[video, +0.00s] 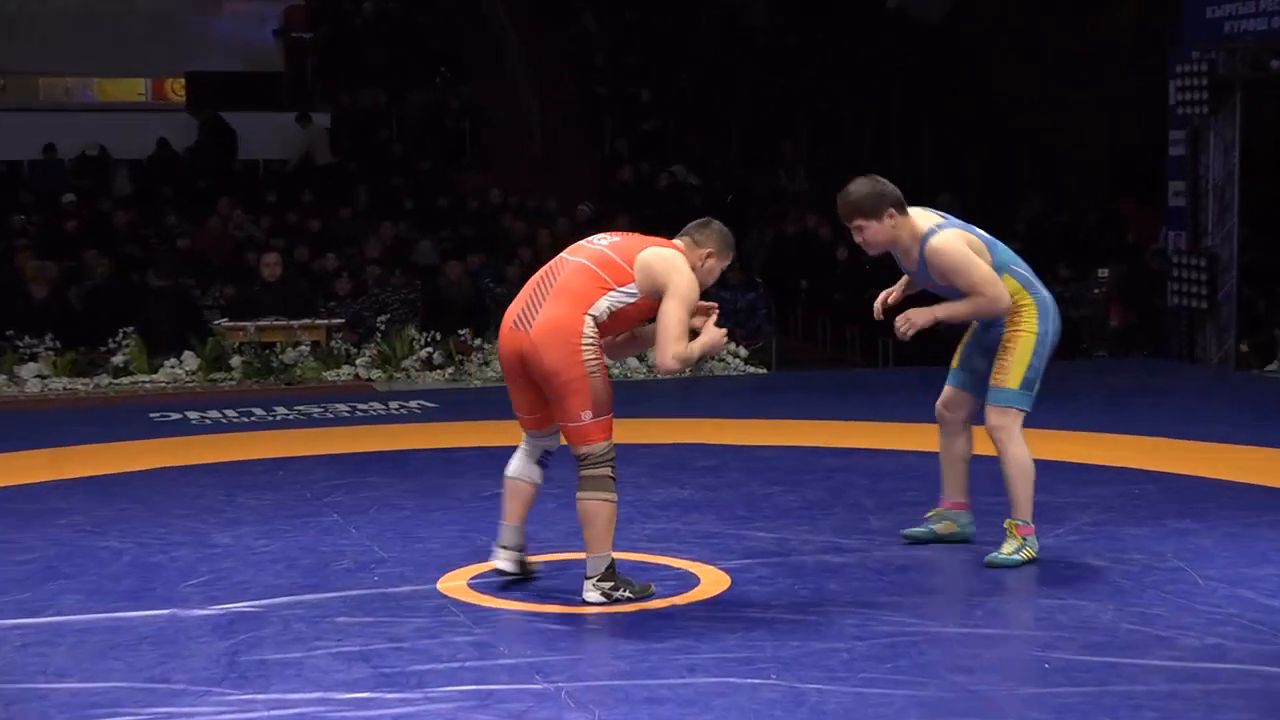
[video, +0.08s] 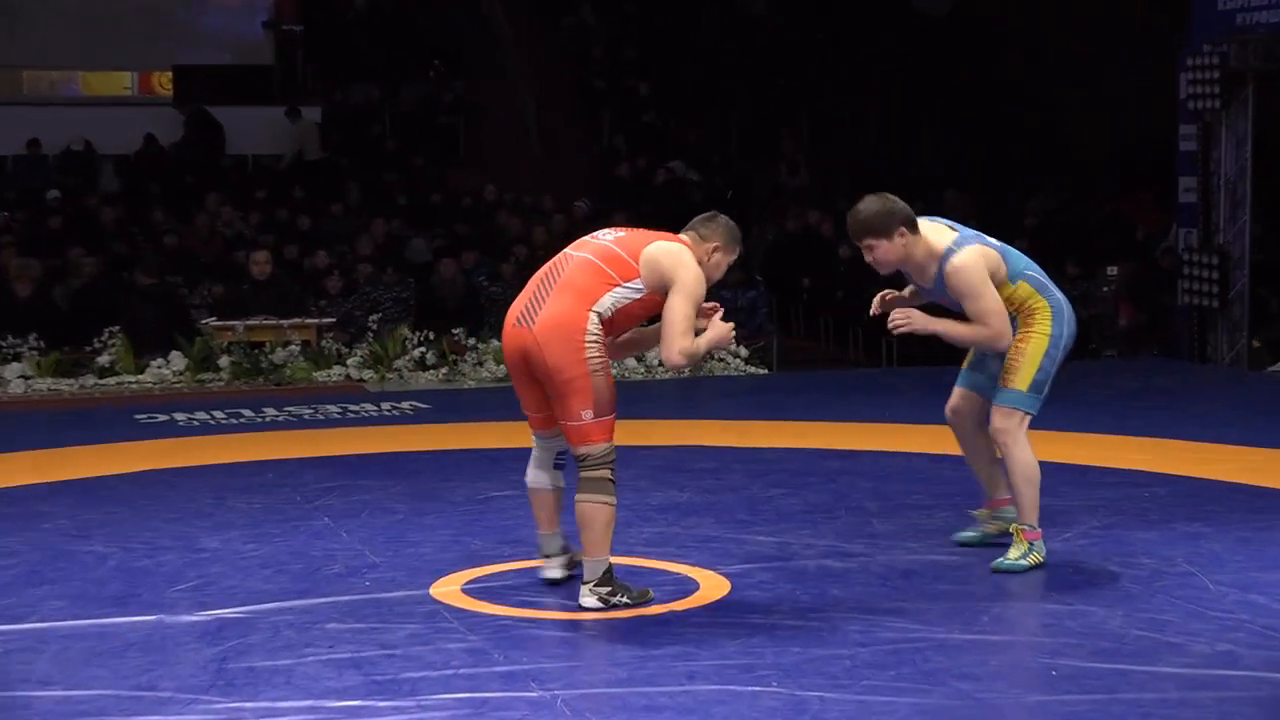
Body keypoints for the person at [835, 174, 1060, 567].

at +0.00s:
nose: (856, 238)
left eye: (860, 228)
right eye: (852, 230)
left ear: (891, 217)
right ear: (888, 218)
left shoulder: (942, 249)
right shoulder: (903, 231)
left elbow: (997, 301)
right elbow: (926, 261)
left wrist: (933, 312)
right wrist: (904, 286)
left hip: (1026, 313)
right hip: (986, 314)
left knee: (1002, 422)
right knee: (951, 411)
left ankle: (1023, 534)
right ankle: (954, 514)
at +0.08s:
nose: (867, 257)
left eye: (871, 247)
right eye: (862, 250)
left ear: (902, 235)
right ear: (901, 234)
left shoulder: (961, 265)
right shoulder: (916, 239)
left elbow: (999, 336)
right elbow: (937, 280)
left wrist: (932, 324)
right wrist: (908, 297)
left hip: (1041, 316)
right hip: (998, 315)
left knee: (1006, 426)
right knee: (962, 412)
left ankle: (1030, 539)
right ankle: (1000, 510)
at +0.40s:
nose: (851, 267)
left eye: (854, 256)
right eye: (846, 259)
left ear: (886, 244)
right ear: (885, 244)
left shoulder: (952, 269)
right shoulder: (899, 260)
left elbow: (958, 355)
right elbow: (904, 308)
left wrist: (885, 318)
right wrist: (860, 315)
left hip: (1040, 325)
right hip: (992, 331)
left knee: (995, 432)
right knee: (940, 418)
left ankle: (1033, 554)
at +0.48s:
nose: (838, 254)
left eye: (840, 243)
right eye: (833, 246)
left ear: (871, 230)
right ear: (868, 230)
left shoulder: (933, 245)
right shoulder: (878, 249)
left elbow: (915, 316)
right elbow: (860, 307)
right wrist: (811, 298)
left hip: (1024, 324)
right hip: (979, 334)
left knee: (989, 431)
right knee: (925, 426)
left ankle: (1029, 556)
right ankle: (908, 523)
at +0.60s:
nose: (811, 241)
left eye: (813, 231)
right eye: (805, 234)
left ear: (842, 219)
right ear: (832, 224)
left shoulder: (897, 223)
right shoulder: (836, 247)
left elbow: (846, 250)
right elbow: (788, 298)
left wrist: (769, 232)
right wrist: (734, 261)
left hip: (1000, 309)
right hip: (947, 326)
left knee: (1006, 420)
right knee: (898, 423)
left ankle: (1032, 546)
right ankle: (898, 526)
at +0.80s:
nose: (786, 255)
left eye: (790, 242)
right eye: (781, 245)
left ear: (812, 229)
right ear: (789, 243)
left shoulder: (871, 238)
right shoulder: (805, 261)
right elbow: (757, 291)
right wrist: (778, 244)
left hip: (971, 303)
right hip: (919, 320)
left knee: (1008, 415)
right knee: (875, 419)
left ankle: (1089, 514)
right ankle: (884, 524)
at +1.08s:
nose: (791, 255)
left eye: (792, 246)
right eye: (785, 250)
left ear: (816, 229)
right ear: (798, 242)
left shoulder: (871, 233)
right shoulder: (834, 268)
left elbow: (807, 201)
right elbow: (825, 285)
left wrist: (755, 172)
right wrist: (790, 299)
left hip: (981, 324)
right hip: (928, 334)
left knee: (1032, 438)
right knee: (867, 416)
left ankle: (1095, 519)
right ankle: (866, 522)